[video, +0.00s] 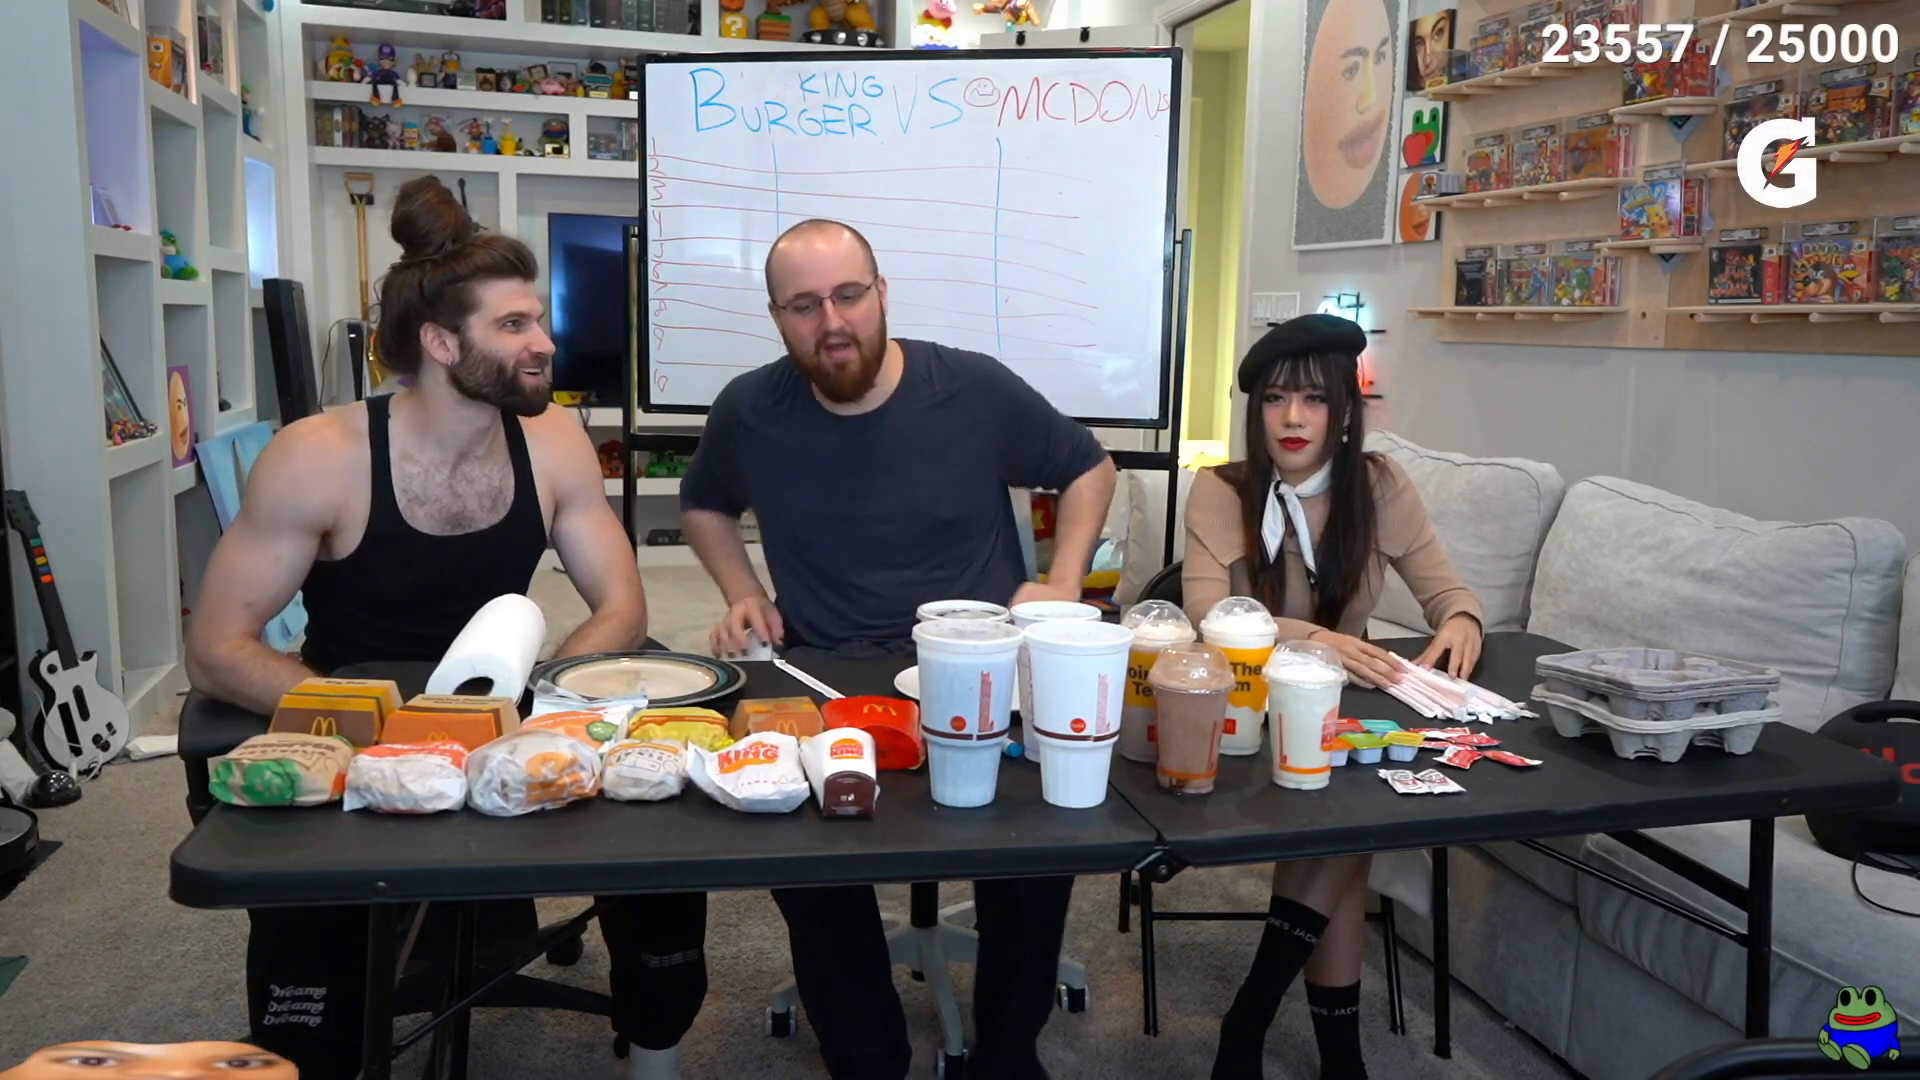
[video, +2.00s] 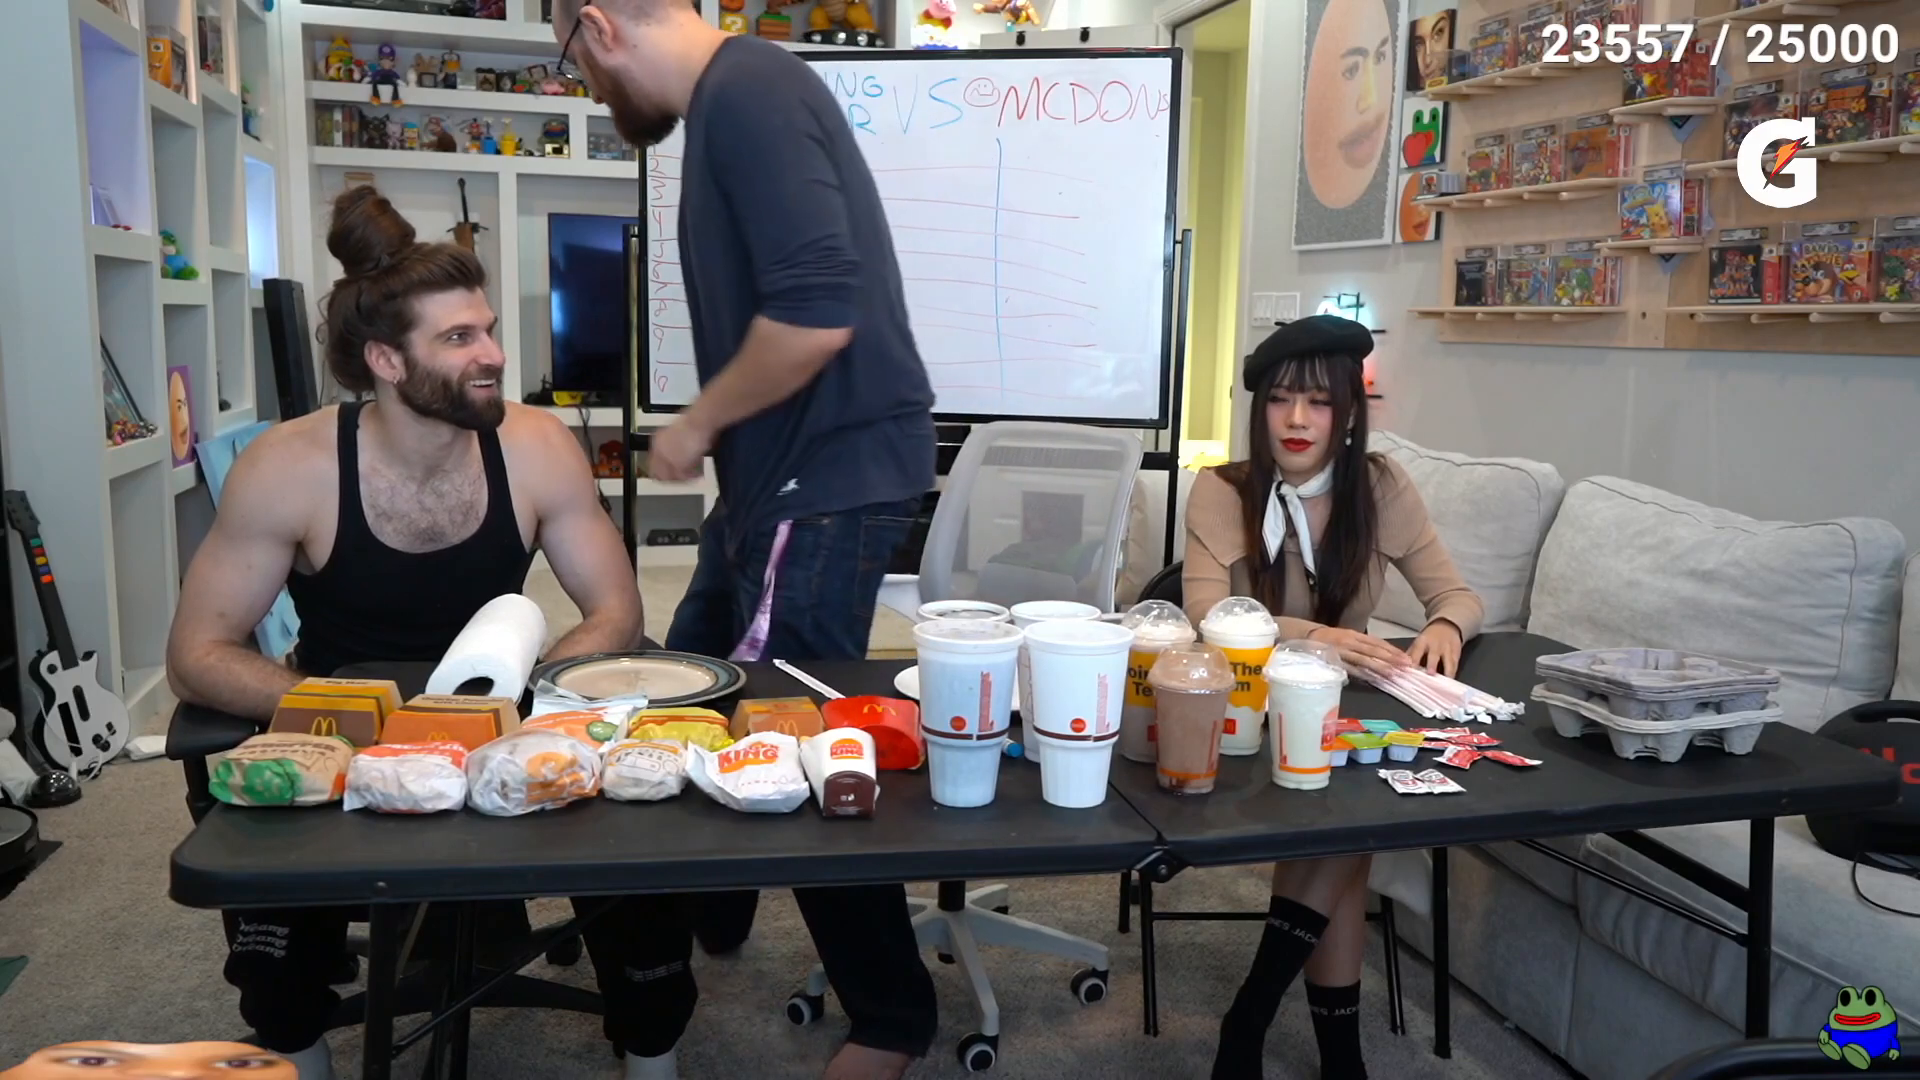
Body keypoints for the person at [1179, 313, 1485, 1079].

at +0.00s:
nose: (1292, 417)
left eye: (1314, 399)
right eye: (1276, 398)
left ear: (1347, 411)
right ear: (1255, 406)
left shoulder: (1377, 482)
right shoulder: (1220, 492)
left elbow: (1445, 593)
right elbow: (1209, 622)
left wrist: (1462, 621)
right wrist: (1310, 635)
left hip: (1336, 703)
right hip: (1240, 708)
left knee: (1348, 813)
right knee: (1350, 830)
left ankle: (1246, 1023)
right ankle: (1343, 1064)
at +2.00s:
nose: (1297, 420)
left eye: (1319, 402)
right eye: (1281, 399)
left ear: (1350, 413)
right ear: (1258, 405)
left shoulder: (1379, 485)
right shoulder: (1221, 491)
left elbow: (1456, 595)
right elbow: (1209, 622)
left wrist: (1447, 625)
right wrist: (1313, 635)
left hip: (1336, 704)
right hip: (1239, 710)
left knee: (1346, 814)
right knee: (1351, 830)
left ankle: (1246, 1024)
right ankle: (1343, 1064)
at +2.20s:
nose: (1296, 419)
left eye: (1318, 401)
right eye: (1281, 399)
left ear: (1349, 413)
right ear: (1258, 406)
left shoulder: (1379, 485)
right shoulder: (1221, 492)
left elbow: (1456, 595)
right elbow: (1209, 620)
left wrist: (1446, 625)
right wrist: (1310, 634)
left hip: (1336, 704)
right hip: (1240, 709)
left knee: (1342, 819)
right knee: (1350, 833)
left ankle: (1246, 1024)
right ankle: (1343, 1063)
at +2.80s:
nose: (1295, 418)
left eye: (1318, 401)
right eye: (1280, 398)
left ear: (1349, 413)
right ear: (1258, 406)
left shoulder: (1379, 485)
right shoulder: (1222, 491)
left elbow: (1456, 595)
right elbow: (1209, 618)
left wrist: (1446, 625)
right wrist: (1309, 633)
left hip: (1337, 703)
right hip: (1241, 709)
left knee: (1342, 818)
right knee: (1350, 834)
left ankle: (1246, 1024)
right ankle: (1343, 1064)